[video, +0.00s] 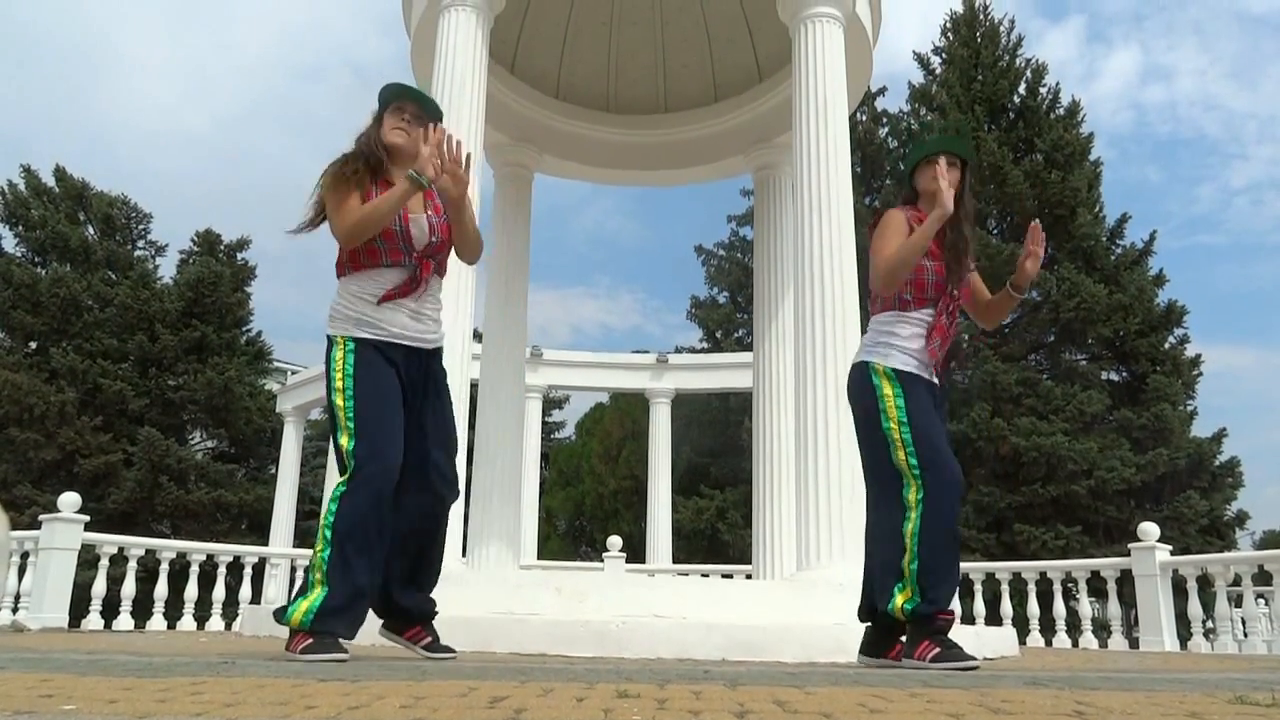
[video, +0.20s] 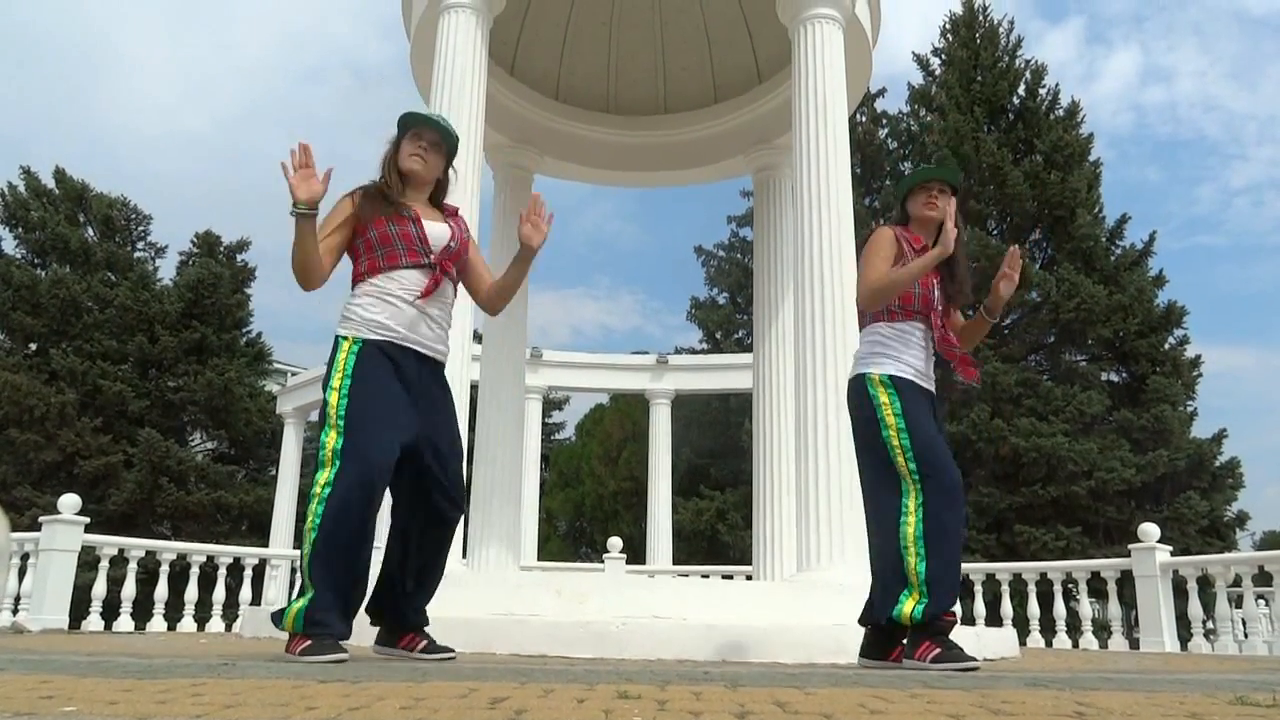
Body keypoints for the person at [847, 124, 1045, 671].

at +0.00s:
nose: (945, 172)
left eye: (954, 166)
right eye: (934, 164)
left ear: (962, 180)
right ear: (914, 176)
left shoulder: (956, 248)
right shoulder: (898, 219)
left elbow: (987, 315)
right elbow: (882, 281)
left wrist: (1019, 281)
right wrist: (937, 217)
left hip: (920, 381)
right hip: (886, 371)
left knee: (897, 498)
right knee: (936, 479)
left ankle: (884, 632)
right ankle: (921, 630)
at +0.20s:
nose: (935, 197)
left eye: (945, 192)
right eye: (925, 190)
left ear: (955, 209)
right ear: (905, 202)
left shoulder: (940, 271)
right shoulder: (887, 238)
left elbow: (958, 341)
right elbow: (868, 295)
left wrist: (994, 303)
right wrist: (938, 254)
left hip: (916, 386)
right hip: (884, 377)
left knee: (898, 500)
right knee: (938, 484)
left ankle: (884, 630)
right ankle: (919, 632)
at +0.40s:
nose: (921, 218)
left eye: (931, 214)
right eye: (912, 212)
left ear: (942, 228)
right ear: (896, 221)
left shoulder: (929, 285)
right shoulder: (882, 249)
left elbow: (961, 349)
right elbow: (862, 292)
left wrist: (981, 314)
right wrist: (938, 268)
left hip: (913, 388)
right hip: (880, 379)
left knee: (932, 497)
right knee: (923, 492)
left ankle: (886, 633)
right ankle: (916, 633)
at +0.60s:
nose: (921, 238)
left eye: (930, 234)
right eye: (913, 232)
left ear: (940, 249)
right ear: (895, 240)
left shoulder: (926, 310)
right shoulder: (877, 274)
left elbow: (930, 385)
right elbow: (822, 323)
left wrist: (969, 360)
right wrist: (876, 280)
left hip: (913, 419)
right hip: (876, 407)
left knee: (944, 517)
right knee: (931, 502)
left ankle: (886, 639)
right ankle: (918, 639)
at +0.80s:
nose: (921, 247)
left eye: (930, 243)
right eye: (913, 240)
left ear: (939, 258)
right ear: (896, 249)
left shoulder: (926, 310)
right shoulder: (879, 273)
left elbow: (939, 376)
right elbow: (843, 320)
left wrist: (972, 348)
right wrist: (911, 296)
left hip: (913, 410)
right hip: (879, 399)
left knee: (948, 515)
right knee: (919, 503)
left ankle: (889, 640)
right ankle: (915, 641)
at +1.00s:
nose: (923, 255)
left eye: (932, 253)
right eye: (914, 250)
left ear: (942, 270)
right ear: (898, 259)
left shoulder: (928, 316)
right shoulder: (888, 277)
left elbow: (943, 392)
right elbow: (861, 325)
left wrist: (960, 344)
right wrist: (940, 314)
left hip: (916, 406)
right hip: (880, 393)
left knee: (951, 522)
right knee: (915, 503)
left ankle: (889, 642)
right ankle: (911, 640)